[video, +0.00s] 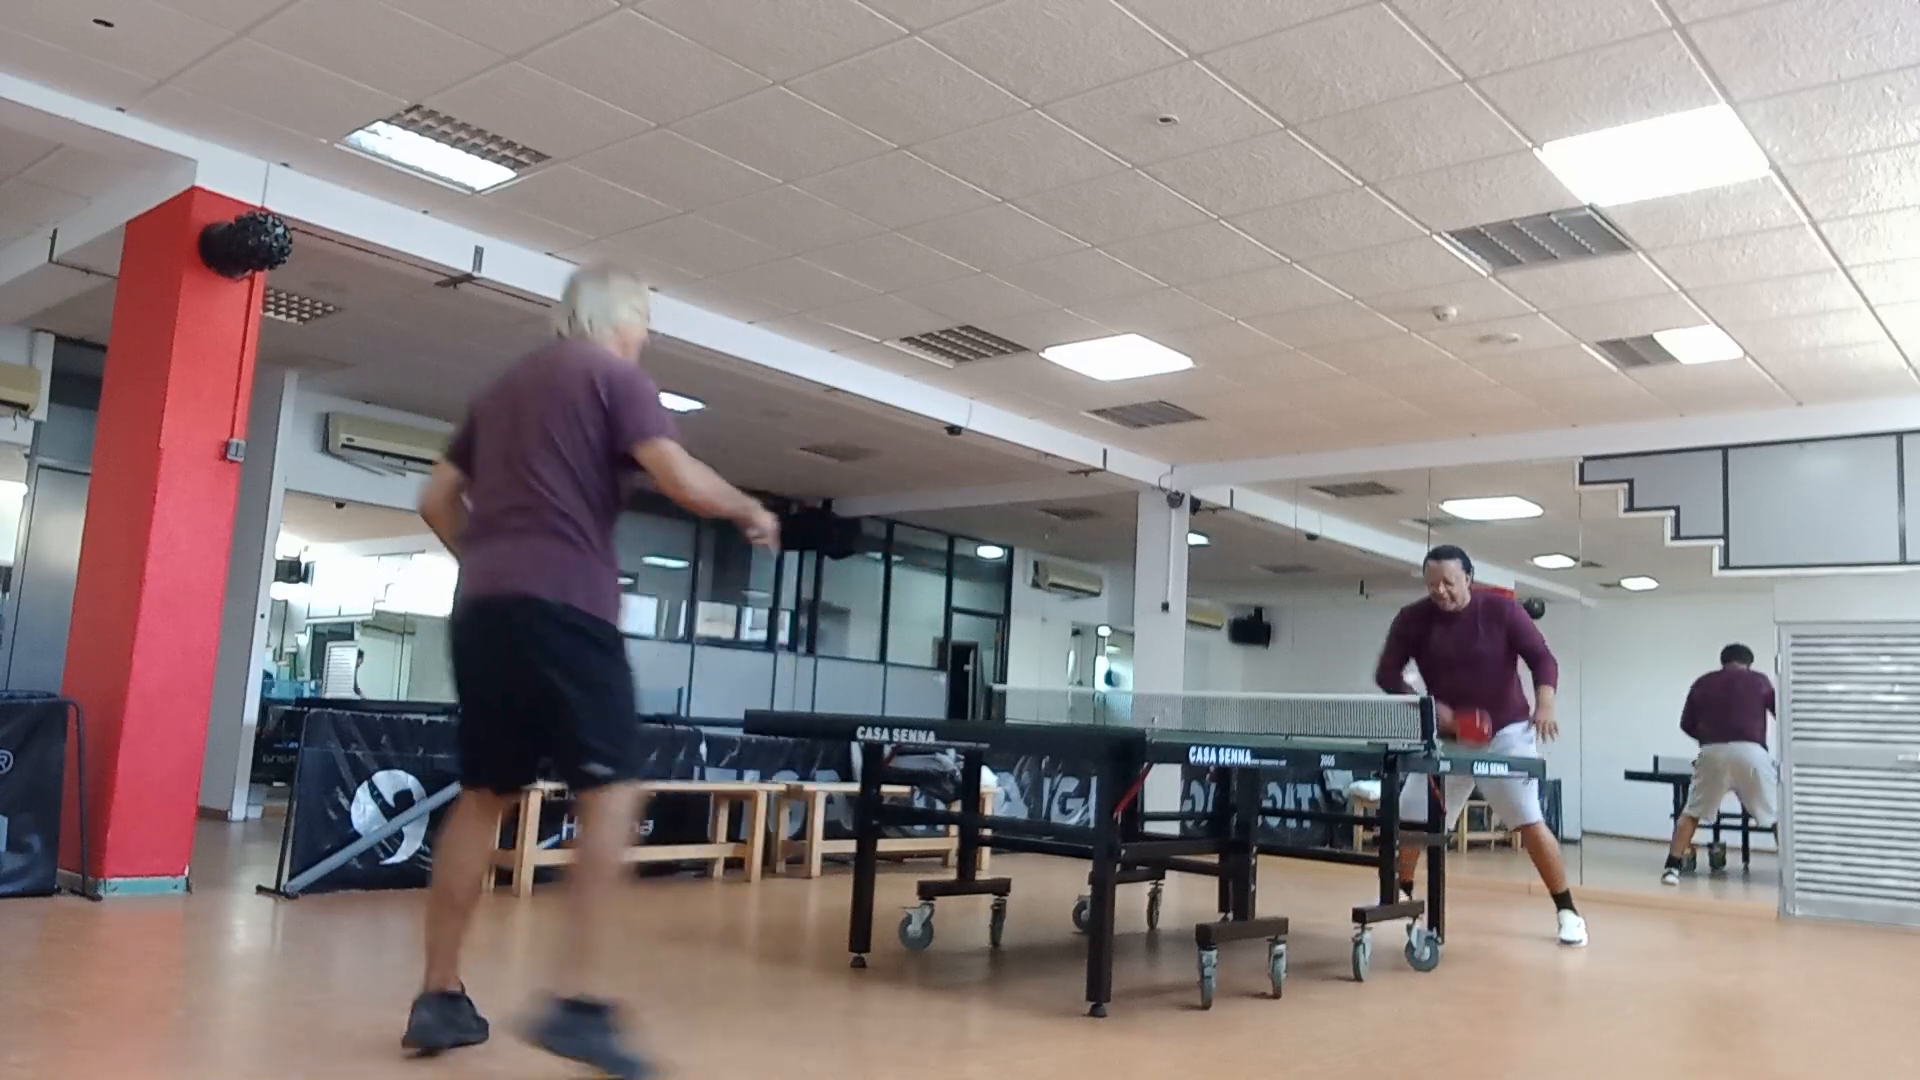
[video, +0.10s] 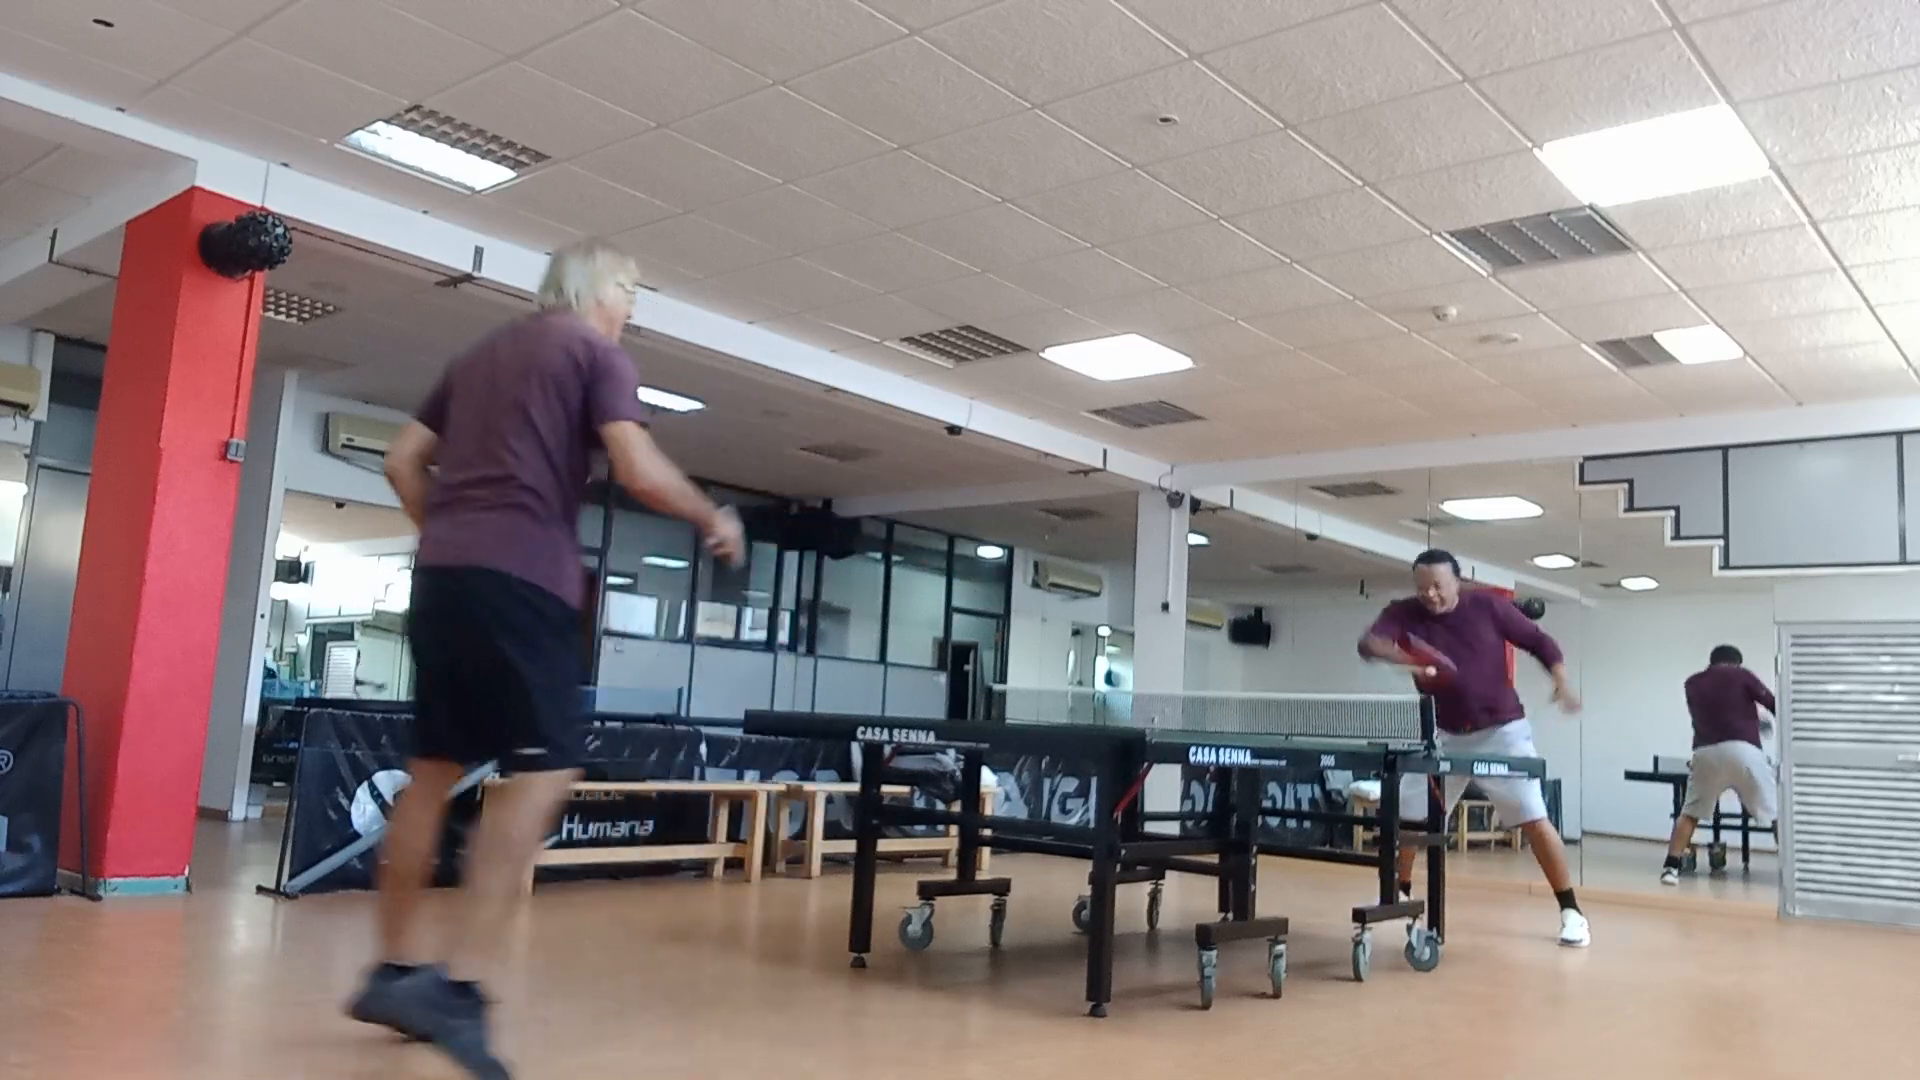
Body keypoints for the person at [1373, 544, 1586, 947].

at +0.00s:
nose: (1440, 591)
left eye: (1448, 582)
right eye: (1433, 584)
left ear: (1467, 577)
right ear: (1426, 584)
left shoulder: (1502, 610)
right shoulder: (1414, 620)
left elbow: (1542, 658)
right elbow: (1386, 675)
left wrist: (1545, 706)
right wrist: (1432, 710)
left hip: (1507, 733)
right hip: (1448, 739)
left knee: (1527, 819)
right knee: (1409, 820)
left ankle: (1567, 911)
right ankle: (1401, 896)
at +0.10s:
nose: (1431, 595)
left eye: (1438, 586)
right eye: (1423, 588)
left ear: (1456, 580)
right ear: (1416, 586)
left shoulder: (1490, 607)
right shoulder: (1404, 613)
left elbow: (1542, 642)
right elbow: (1368, 644)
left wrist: (1561, 682)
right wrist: (1410, 661)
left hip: (1502, 732)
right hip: (1446, 737)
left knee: (1532, 817)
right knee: (1407, 819)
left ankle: (1571, 911)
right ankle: (1399, 897)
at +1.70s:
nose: (1414, 593)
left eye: (1415, 584)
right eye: (1412, 585)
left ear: (1430, 575)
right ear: (1446, 571)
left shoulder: (1445, 604)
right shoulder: (1489, 594)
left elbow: (1439, 670)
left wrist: (1425, 732)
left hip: (1489, 711)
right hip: (1519, 706)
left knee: (1497, 809)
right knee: (1464, 806)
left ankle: (1553, 903)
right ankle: (1463, 900)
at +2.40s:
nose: (1397, 598)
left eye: (1396, 589)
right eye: (1394, 591)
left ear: (1413, 577)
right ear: (1415, 577)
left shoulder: (1449, 593)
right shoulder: (1442, 603)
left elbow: (1469, 648)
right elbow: (1452, 663)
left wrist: (1463, 709)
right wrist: (1446, 712)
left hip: (1497, 701)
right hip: (1479, 706)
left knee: (1505, 800)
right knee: (1473, 806)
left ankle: (1562, 893)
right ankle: (1464, 900)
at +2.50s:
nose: (1402, 594)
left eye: (1402, 585)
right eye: (1399, 587)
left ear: (1418, 574)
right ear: (1418, 575)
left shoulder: (1462, 592)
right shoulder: (1447, 603)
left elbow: (1485, 650)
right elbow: (1464, 665)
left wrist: (1475, 710)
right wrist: (1454, 715)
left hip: (1503, 704)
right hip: (1477, 710)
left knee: (1514, 803)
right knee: (1473, 808)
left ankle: (1566, 895)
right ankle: (1464, 900)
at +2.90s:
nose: (1452, 566)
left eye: (1458, 556)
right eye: (1449, 560)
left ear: (1483, 555)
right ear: (1452, 567)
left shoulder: (1526, 593)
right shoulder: (1452, 612)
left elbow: (1571, 643)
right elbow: (1414, 647)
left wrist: (1575, 707)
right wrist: (1362, 649)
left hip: (1541, 720)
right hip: (1491, 728)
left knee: (1544, 818)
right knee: (1484, 817)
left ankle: (1564, 904)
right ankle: (1466, 900)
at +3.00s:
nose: (1470, 561)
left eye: (1477, 553)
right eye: (1466, 557)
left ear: (1502, 553)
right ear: (1466, 566)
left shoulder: (1546, 594)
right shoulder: (1465, 611)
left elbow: (1591, 647)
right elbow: (1423, 641)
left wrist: (1600, 710)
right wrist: (1386, 627)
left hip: (1556, 722)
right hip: (1502, 729)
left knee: (1558, 821)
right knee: (1485, 816)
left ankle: (1568, 907)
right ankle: (1466, 900)